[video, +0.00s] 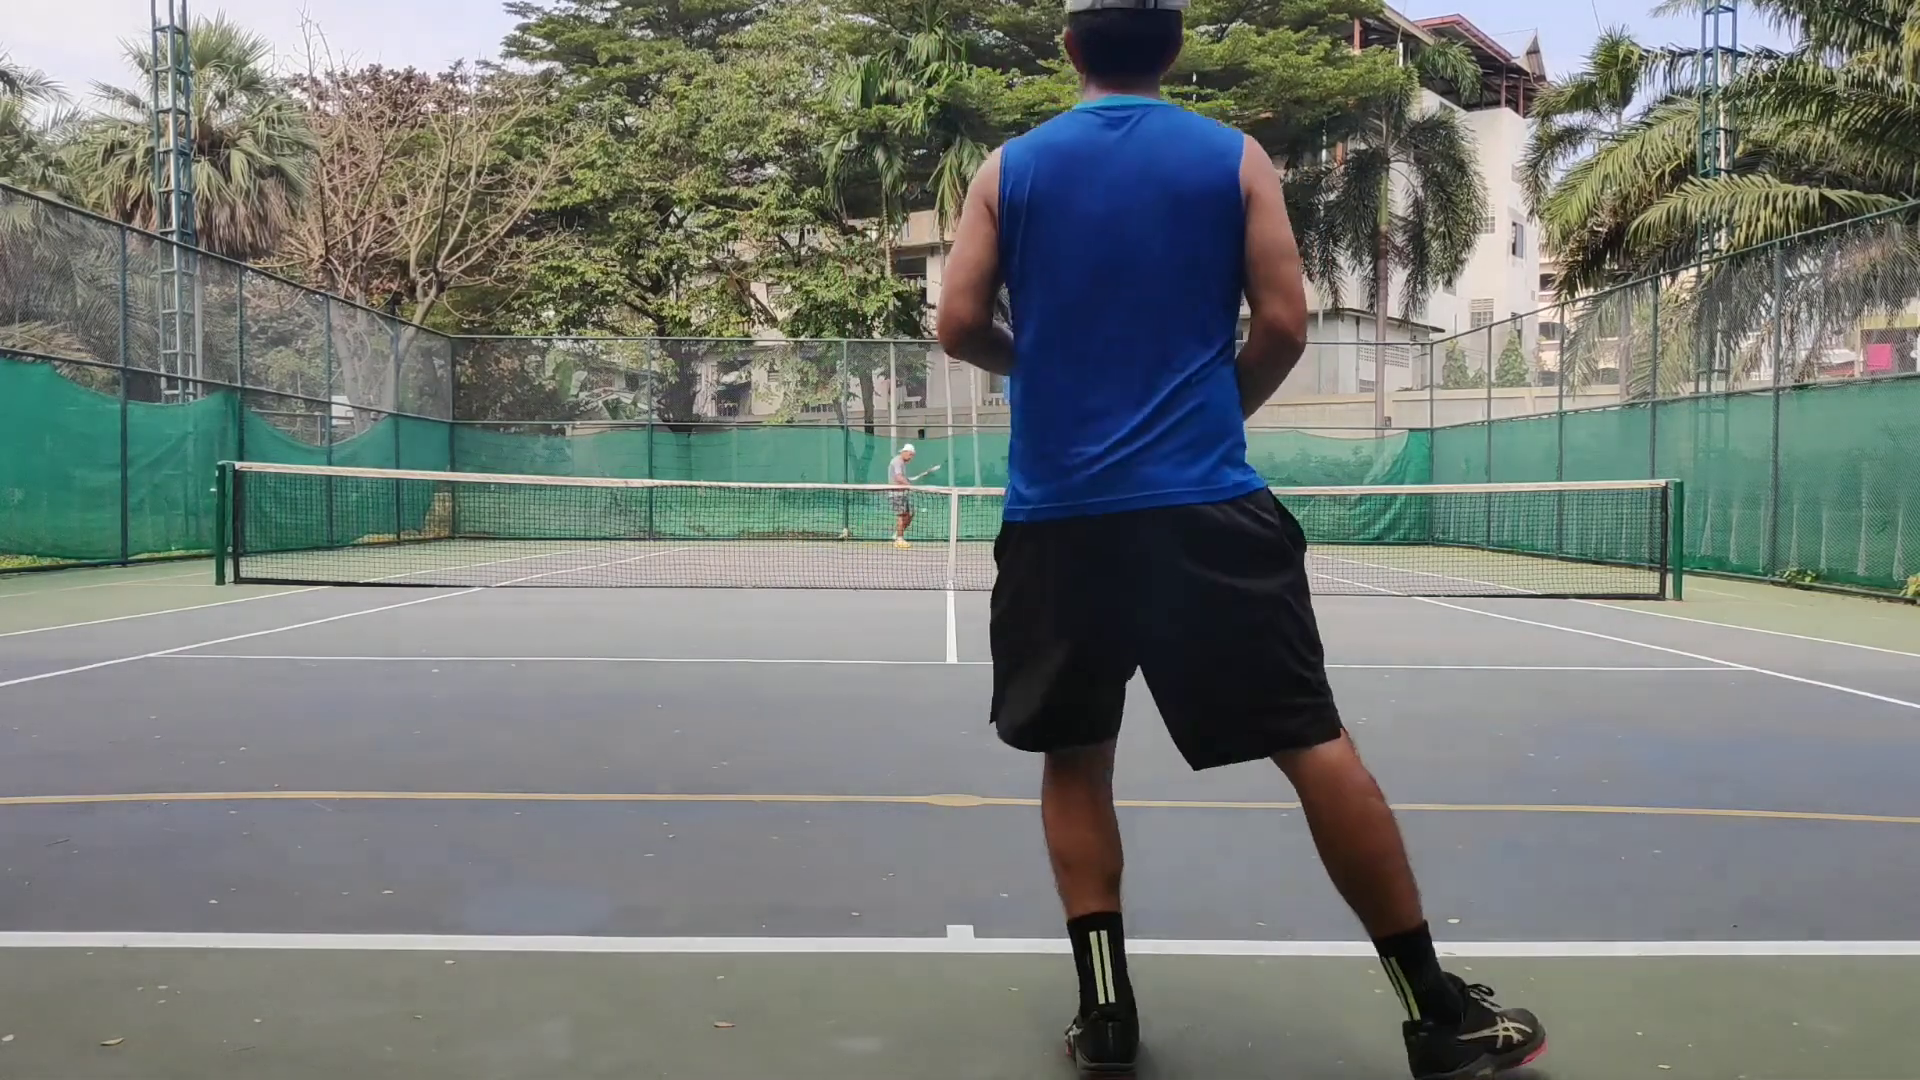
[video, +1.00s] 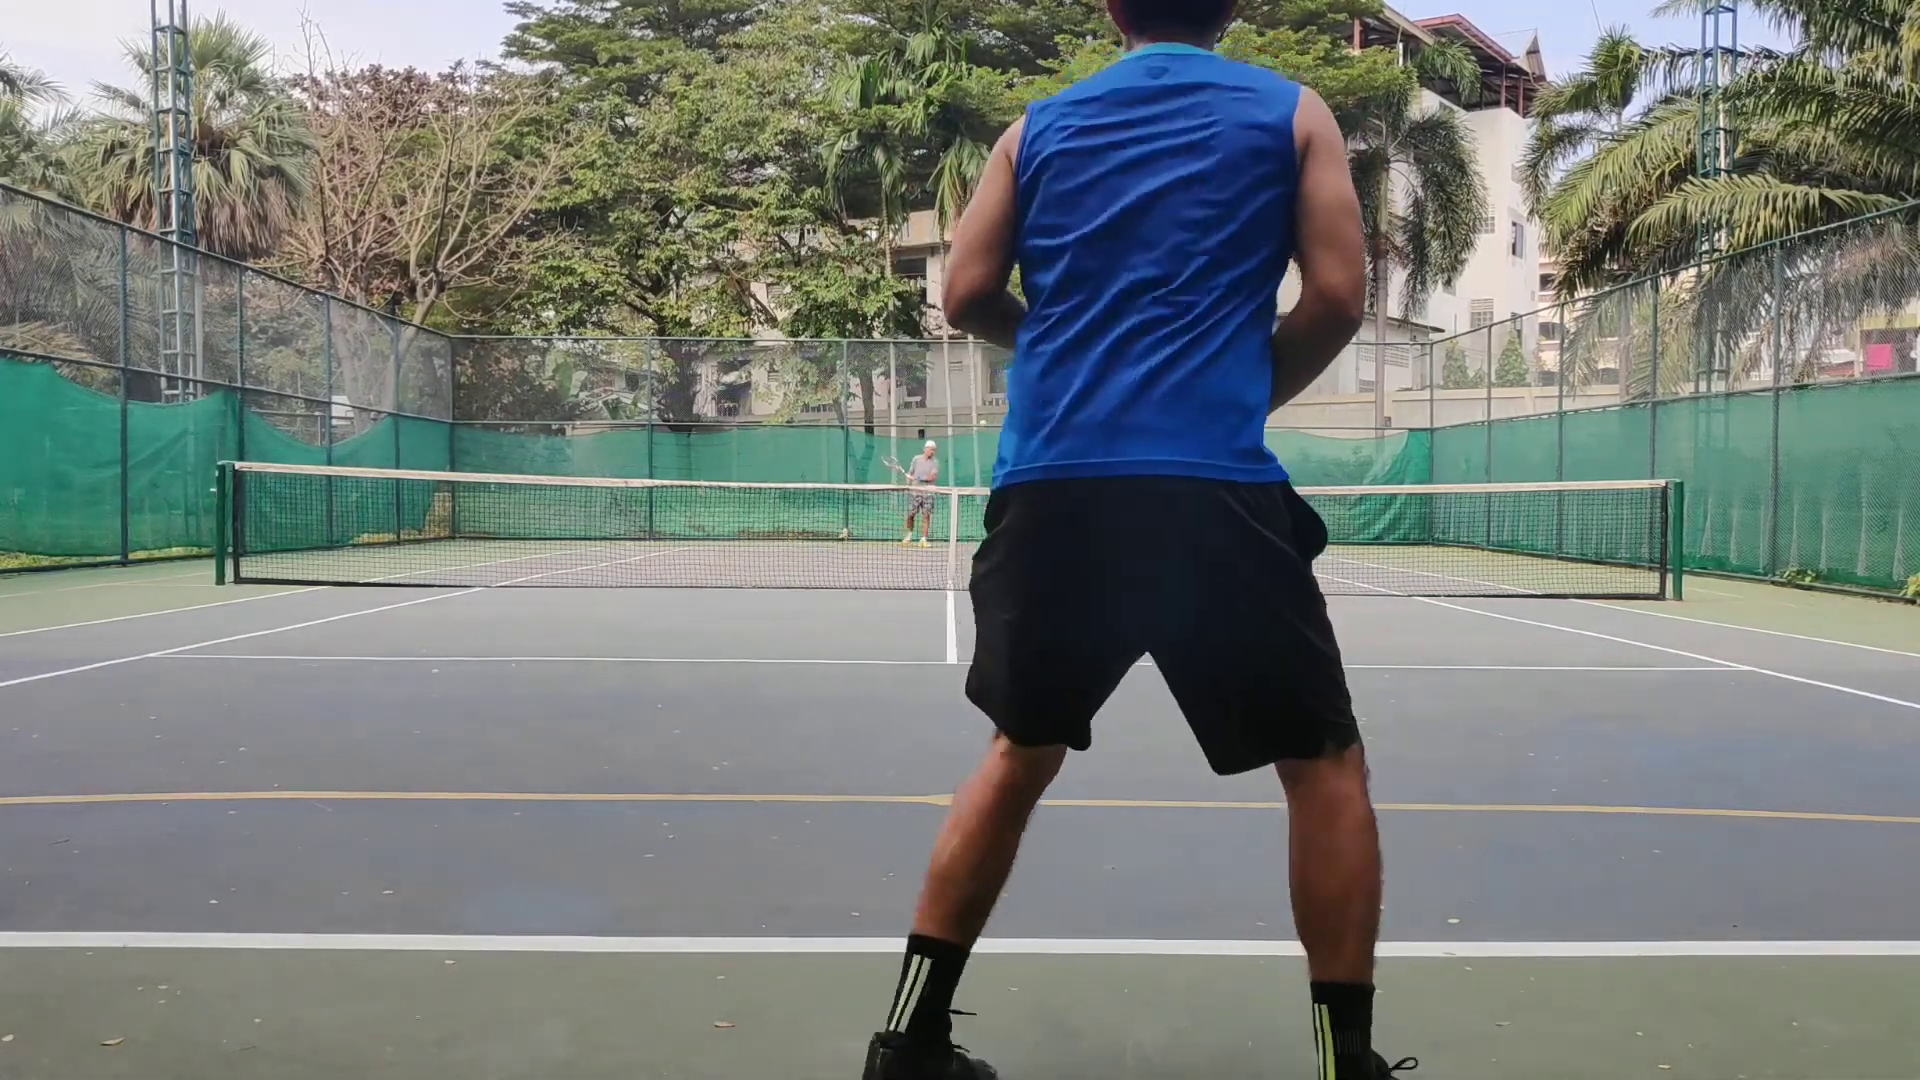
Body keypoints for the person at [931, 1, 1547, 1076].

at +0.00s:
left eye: (1079, 41)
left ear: (1073, 56)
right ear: (1174, 58)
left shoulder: (1011, 168)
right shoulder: (1236, 157)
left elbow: (958, 324)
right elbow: (1284, 320)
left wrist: (1040, 363)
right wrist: (1219, 406)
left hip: (1058, 525)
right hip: (1207, 513)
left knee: (1075, 759)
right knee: (1314, 744)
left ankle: (1105, 1012)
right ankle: (1433, 1006)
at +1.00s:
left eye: (1106, 16)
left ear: (1113, 15)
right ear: (1228, 16)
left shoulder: (1042, 122)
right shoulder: (1292, 110)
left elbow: (965, 294)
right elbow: (1338, 298)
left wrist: (1051, 337)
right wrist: (1246, 388)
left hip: (1054, 494)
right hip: (1217, 498)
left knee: (1017, 756)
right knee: (1324, 768)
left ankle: (911, 1032)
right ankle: (1348, 1054)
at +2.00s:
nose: (1436, 79)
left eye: (1439, 58)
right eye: (1444, 55)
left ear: (1321, 25)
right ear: (1432, 49)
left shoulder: (1325, 174)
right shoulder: (1286, 114)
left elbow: (1413, 328)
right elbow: (1160, 296)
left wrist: (1520, 458)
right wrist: (1305, 452)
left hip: (1078, 549)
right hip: (1153, 556)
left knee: (1117, 823)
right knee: (1392, 827)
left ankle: (880, 1024)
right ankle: (1310, 1069)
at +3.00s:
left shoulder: (1009, 16)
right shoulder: (1084, 40)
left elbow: (1114, 158)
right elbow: (1063, 266)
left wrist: (938, 281)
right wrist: (916, 291)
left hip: (1011, 469)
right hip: (1136, 469)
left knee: (936, 792)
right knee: (1133, 762)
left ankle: (954, 1076)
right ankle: (1254, 1052)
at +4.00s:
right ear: (942, 2)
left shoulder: (748, 78)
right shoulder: (1017, 98)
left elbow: (657, 238)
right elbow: (1061, 299)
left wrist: (751, 288)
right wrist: (961, 375)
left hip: (762, 491)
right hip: (943, 500)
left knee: (644, 775)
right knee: (1055, 780)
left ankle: (510, 1050)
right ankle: (1137, 1062)